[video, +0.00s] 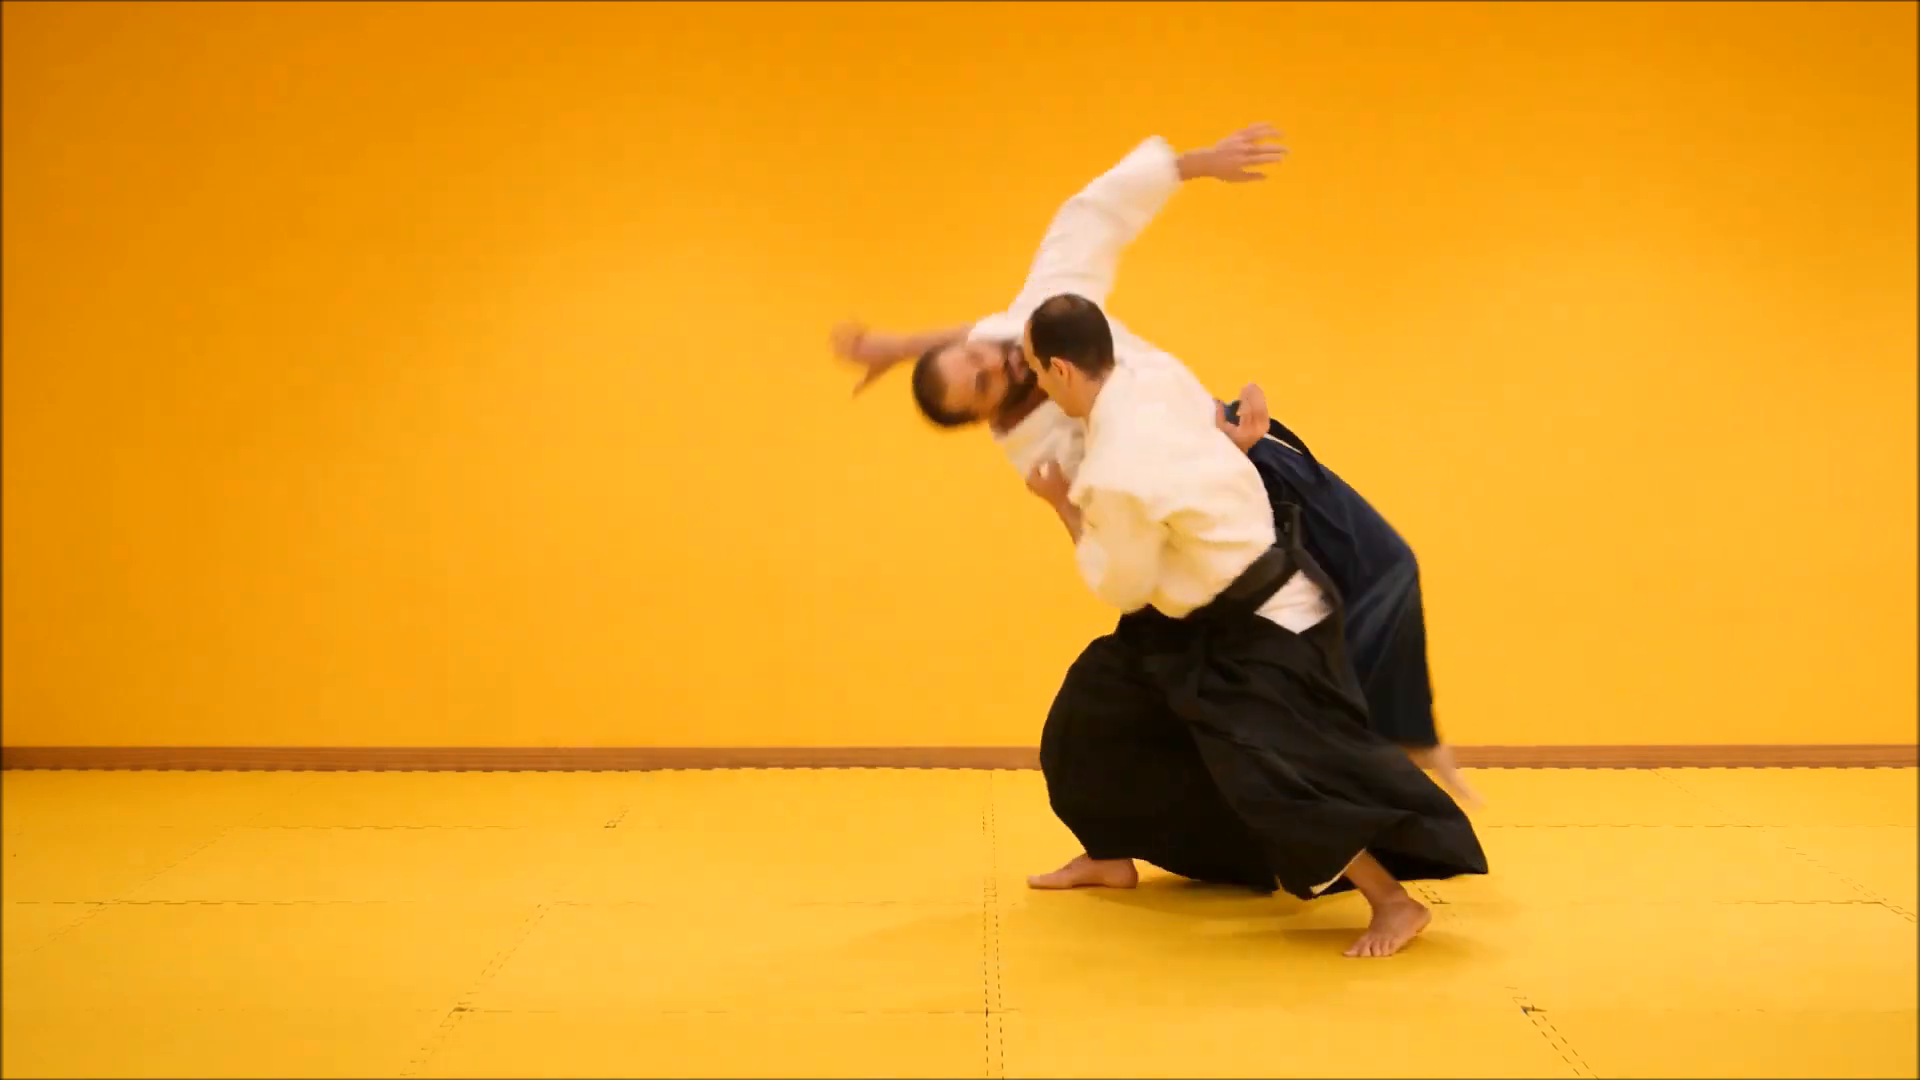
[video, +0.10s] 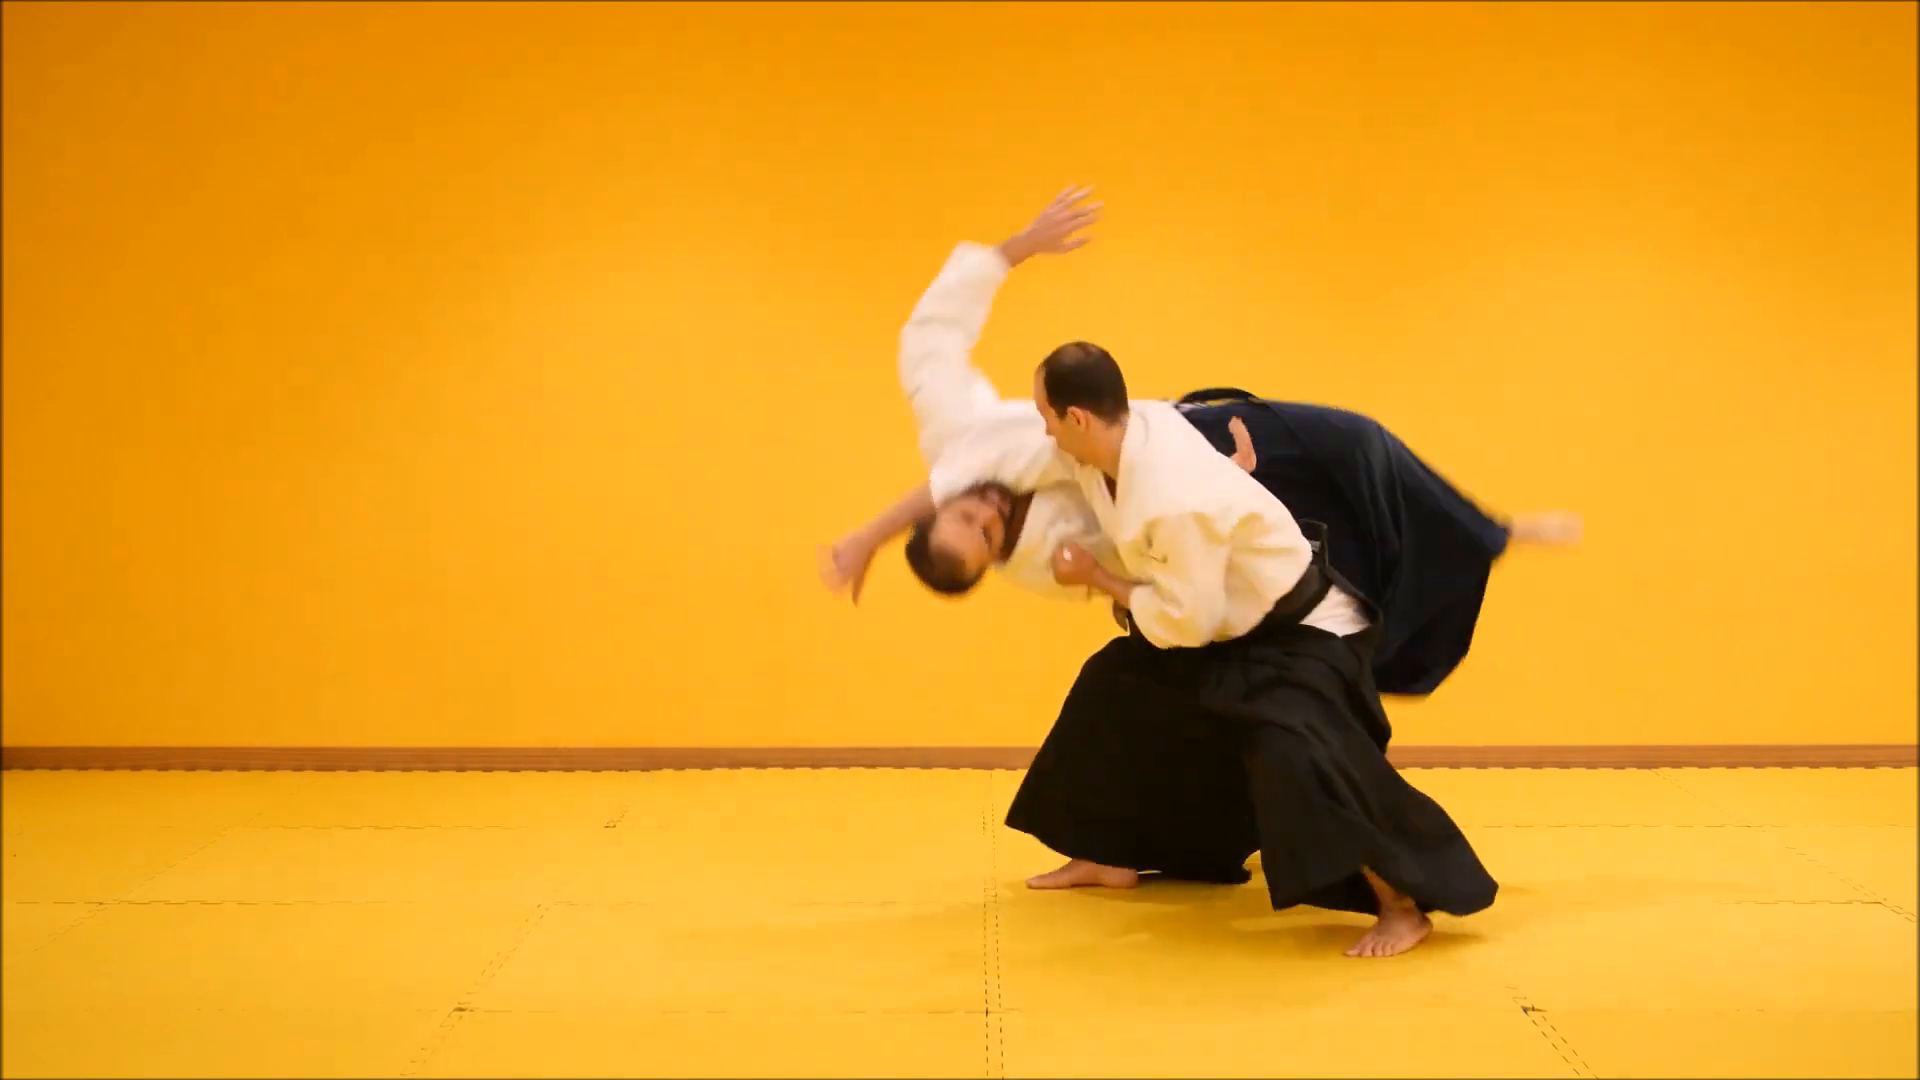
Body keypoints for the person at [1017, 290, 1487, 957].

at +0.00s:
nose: (1039, 380)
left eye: (1038, 369)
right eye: (1031, 368)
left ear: (1062, 370)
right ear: (1097, 344)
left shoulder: (1119, 468)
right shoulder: (1135, 361)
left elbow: (1122, 585)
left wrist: (1064, 509)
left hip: (1262, 621)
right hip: (1183, 619)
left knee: (1261, 771)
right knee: (1086, 715)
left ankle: (1392, 901)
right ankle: (1108, 854)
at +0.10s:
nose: (1045, 430)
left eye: (1047, 417)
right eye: (1045, 416)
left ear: (1074, 417)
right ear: (1099, 401)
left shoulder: (1172, 494)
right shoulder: (1112, 442)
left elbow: (1195, 613)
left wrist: (1113, 586)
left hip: (1300, 629)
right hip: (1219, 624)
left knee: (1291, 744)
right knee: (1110, 686)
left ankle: (1398, 903)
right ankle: (1113, 852)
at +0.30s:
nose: (1049, 506)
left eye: (1053, 490)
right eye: (1046, 491)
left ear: (1094, 484)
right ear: (1095, 483)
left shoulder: (1219, 520)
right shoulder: (1088, 533)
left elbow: (1275, 636)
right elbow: (1049, 650)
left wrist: (1172, 650)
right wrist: (1013, 787)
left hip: (1316, 642)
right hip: (1207, 652)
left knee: (1337, 720)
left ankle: (1401, 901)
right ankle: (1109, 855)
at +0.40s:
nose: (1056, 533)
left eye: (1059, 518)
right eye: (1052, 519)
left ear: (1103, 507)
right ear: (1100, 510)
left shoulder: (1229, 531)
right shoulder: (1095, 563)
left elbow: (1298, 639)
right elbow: (1081, 683)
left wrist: (1189, 663)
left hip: (1331, 650)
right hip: (1231, 673)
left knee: (1341, 705)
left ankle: (1403, 900)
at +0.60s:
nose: (1045, 548)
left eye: (1050, 532)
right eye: (1042, 533)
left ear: (1097, 523)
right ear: (1091, 525)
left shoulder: (1218, 547)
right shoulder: (1080, 576)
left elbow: (1277, 653)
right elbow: (1070, 683)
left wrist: (1175, 693)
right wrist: (1078, 812)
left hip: (1312, 655)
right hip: (1209, 685)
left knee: (1322, 714)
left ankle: (1399, 902)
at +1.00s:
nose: (1094, 397)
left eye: (1103, 380)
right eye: (1090, 381)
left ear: (1151, 373)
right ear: (1136, 377)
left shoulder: (1205, 446)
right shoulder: (1125, 430)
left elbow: (1164, 578)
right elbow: (1104, 529)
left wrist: (1069, 635)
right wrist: (1047, 597)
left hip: (1300, 621)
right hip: (1208, 619)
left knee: (1284, 730)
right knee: (1104, 702)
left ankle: (1393, 909)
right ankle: (1086, 860)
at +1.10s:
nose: (1124, 357)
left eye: (1132, 339)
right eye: (1120, 340)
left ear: (1181, 328)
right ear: (1166, 331)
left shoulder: (1219, 401)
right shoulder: (1180, 389)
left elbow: (1194, 529)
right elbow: (1169, 497)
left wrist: (1119, 613)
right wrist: (1112, 565)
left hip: (1332, 594)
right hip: (1259, 592)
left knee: (1281, 720)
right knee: (1163, 688)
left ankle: (1398, 910)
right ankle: (1117, 843)